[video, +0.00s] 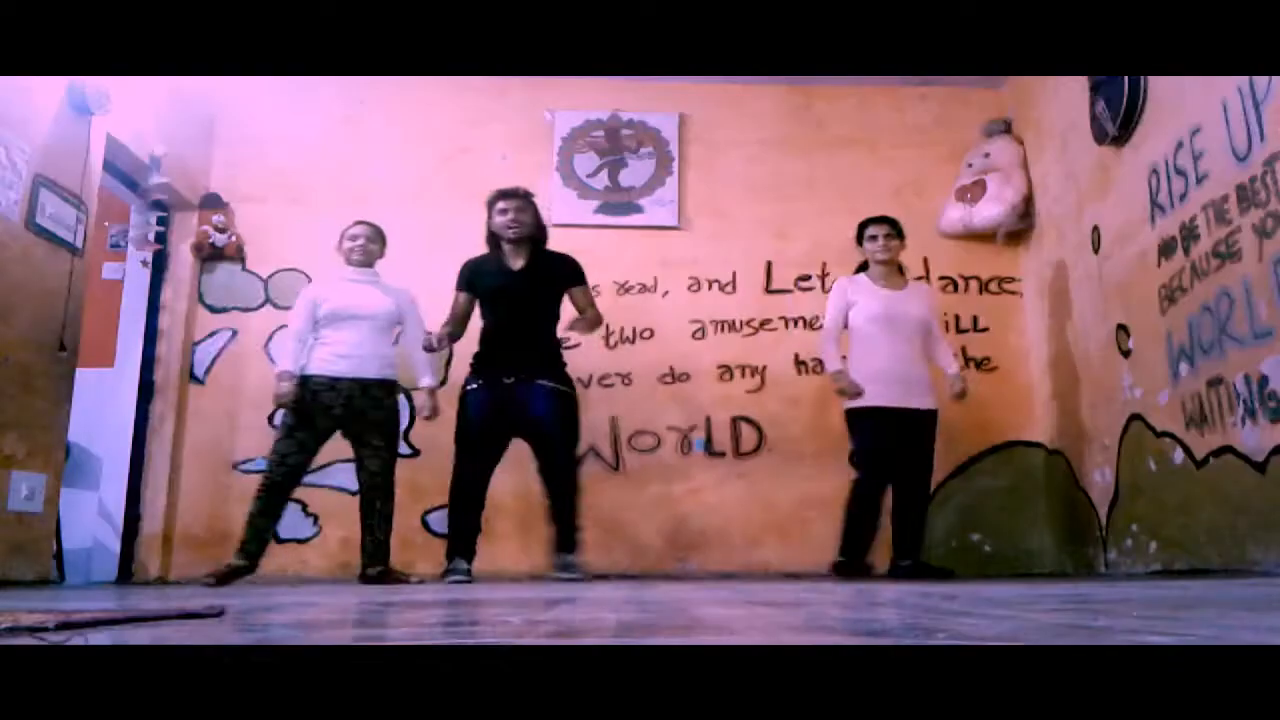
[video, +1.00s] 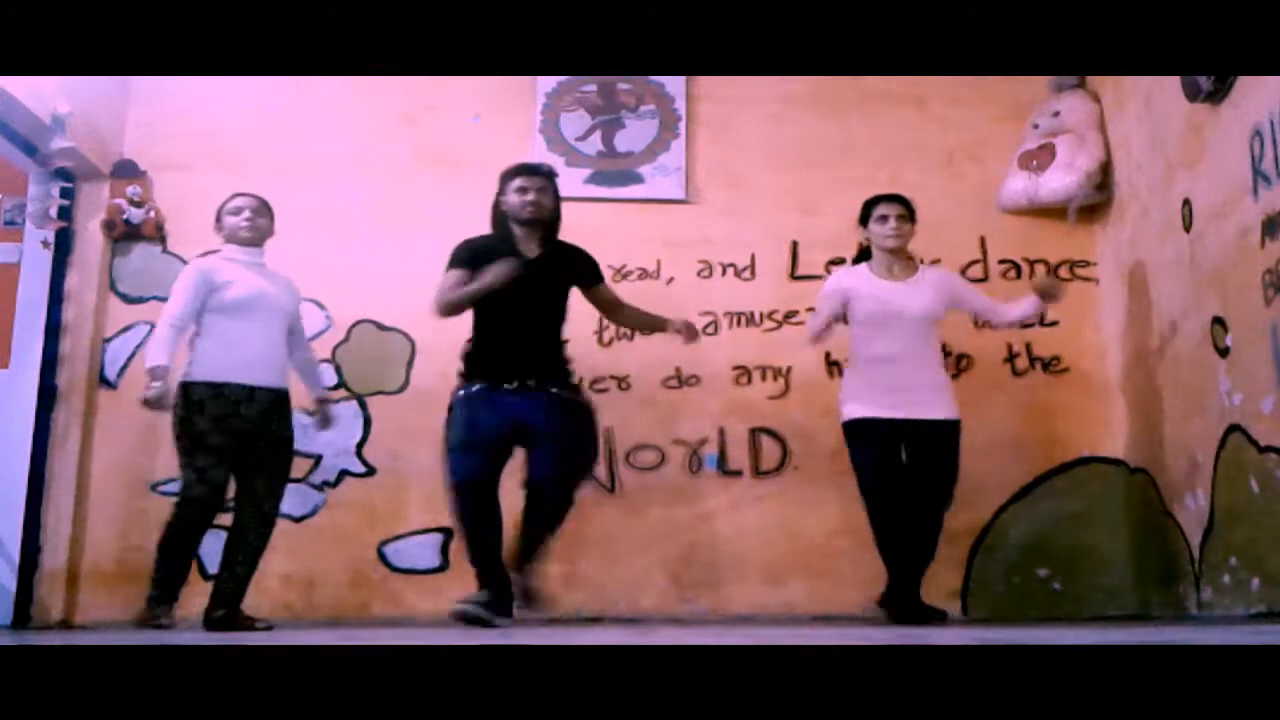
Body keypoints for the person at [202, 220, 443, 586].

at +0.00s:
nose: (360, 244)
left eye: (368, 239)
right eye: (353, 238)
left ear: (381, 251)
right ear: (339, 247)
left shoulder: (399, 297)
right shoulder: (318, 290)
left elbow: (419, 343)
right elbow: (297, 335)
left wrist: (427, 387)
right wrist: (286, 377)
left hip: (375, 395)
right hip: (318, 391)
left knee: (378, 483)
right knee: (281, 473)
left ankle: (376, 566)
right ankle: (245, 559)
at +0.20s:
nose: (318, 246)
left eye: (328, 242)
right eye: (311, 241)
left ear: (342, 257)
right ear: (300, 251)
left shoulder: (351, 299)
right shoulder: (271, 292)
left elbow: (357, 353)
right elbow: (249, 342)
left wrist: (355, 400)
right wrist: (240, 390)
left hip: (326, 398)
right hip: (270, 396)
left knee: (347, 481)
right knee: (251, 482)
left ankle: (370, 565)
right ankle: (235, 569)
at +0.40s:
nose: (295, 245)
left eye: (305, 242)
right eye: (289, 239)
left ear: (319, 255)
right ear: (277, 248)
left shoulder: (331, 298)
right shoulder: (248, 290)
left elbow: (335, 353)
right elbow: (228, 339)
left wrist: (312, 391)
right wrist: (214, 388)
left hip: (307, 396)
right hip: (251, 395)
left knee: (321, 482)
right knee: (244, 484)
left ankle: (340, 567)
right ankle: (235, 568)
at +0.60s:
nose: (285, 246)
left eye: (295, 243)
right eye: (279, 241)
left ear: (309, 256)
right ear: (266, 249)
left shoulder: (323, 298)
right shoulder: (240, 290)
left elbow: (337, 352)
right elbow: (214, 340)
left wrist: (347, 397)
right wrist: (212, 378)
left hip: (300, 394)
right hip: (244, 393)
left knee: (312, 475)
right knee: (239, 481)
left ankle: (340, 561)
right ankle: (234, 567)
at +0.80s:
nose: (222, 222)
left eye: (233, 218)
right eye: (212, 216)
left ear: (248, 234)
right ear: (197, 228)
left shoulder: (262, 285)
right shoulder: (177, 268)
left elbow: (288, 341)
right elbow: (153, 313)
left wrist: (325, 383)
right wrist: (165, 355)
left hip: (249, 400)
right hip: (186, 398)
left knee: (238, 501)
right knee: (170, 503)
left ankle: (234, 609)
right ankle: (154, 611)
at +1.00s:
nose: (248, 217)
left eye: (257, 213)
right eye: (237, 212)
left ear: (271, 229)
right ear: (219, 226)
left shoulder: (284, 285)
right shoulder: (205, 268)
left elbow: (299, 345)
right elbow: (171, 322)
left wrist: (318, 392)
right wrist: (158, 372)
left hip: (268, 404)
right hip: (209, 398)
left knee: (260, 511)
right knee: (201, 499)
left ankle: (225, 608)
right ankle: (160, 603)